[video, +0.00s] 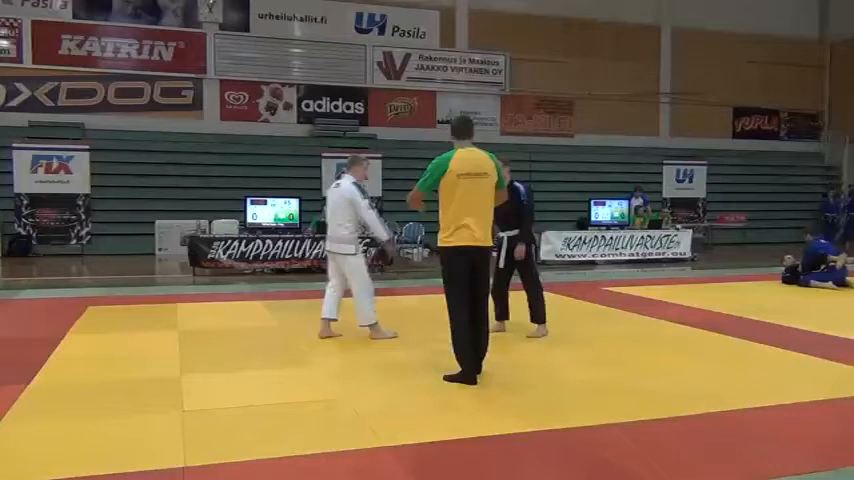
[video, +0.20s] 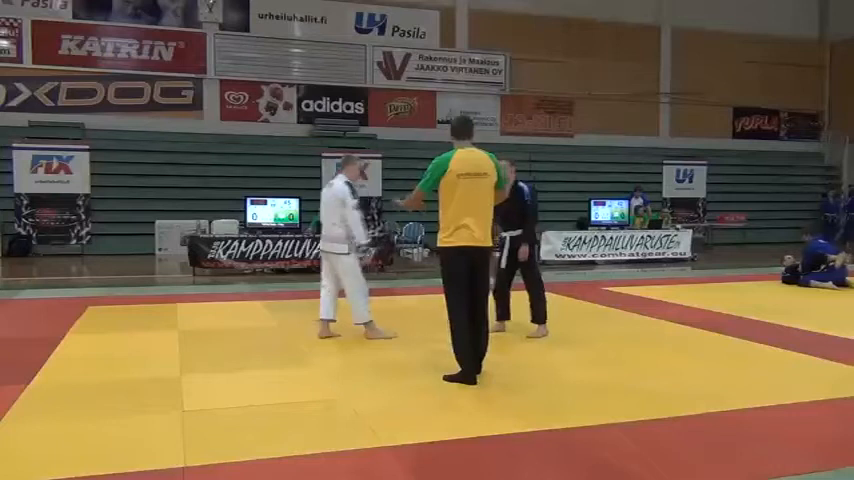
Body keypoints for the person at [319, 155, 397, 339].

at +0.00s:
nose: (366, 174)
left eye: (366, 169)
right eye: (365, 169)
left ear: (350, 168)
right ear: (356, 168)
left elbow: (330, 216)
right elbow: (368, 216)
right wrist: (385, 238)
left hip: (332, 247)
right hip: (349, 248)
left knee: (335, 284)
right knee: (363, 286)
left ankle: (325, 325)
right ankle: (374, 328)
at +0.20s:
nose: (361, 175)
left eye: (361, 170)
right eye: (359, 170)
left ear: (345, 168)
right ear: (351, 168)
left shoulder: (328, 186)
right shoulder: (345, 189)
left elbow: (327, 217)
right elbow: (353, 217)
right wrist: (363, 241)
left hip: (326, 246)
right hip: (341, 247)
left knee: (328, 284)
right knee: (357, 285)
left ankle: (324, 325)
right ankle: (369, 326)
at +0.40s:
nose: (340, 170)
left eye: (341, 166)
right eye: (337, 166)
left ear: (327, 166)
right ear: (326, 165)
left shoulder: (314, 184)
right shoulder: (324, 185)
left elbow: (314, 216)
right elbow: (326, 214)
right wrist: (332, 241)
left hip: (313, 243)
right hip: (323, 243)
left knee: (319, 283)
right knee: (335, 281)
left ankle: (322, 322)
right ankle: (317, 320)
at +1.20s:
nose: (274, 169)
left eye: (275, 165)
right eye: (272, 164)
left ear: (260, 165)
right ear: (261, 164)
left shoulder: (249, 182)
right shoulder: (257, 183)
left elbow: (245, 215)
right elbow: (254, 213)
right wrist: (257, 244)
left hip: (241, 245)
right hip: (254, 245)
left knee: (238, 285)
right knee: (264, 287)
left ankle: (218, 328)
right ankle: (263, 333)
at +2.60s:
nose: (232, 165)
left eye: (233, 161)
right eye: (230, 161)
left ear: (219, 161)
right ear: (217, 160)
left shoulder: (216, 182)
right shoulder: (208, 181)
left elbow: (215, 216)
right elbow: (206, 216)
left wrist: (225, 242)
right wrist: (220, 243)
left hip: (219, 244)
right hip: (208, 246)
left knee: (223, 287)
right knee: (209, 289)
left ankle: (217, 331)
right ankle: (199, 338)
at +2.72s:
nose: (232, 165)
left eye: (232, 161)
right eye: (229, 160)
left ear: (218, 161)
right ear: (217, 160)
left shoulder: (216, 182)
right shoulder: (208, 181)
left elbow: (216, 216)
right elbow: (206, 216)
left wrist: (226, 241)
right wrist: (223, 242)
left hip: (219, 245)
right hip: (209, 245)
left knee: (223, 288)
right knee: (209, 289)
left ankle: (217, 331)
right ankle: (199, 338)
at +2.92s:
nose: (231, 164)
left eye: (231, 160)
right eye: (228, 159)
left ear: (216, 160)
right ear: (216, 160)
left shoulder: (216, 182)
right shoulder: (207, 181)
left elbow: (217, 217)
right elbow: (207, 216)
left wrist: (227, 242)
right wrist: (223, 243)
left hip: (220, 245)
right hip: (209, 246)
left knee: (224, 288)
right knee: (210, 289)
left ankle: (217, 331)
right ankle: (199, 338)